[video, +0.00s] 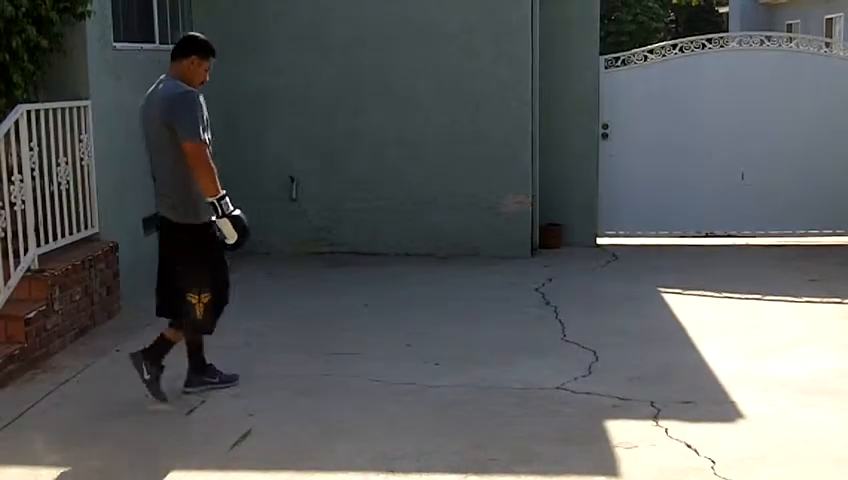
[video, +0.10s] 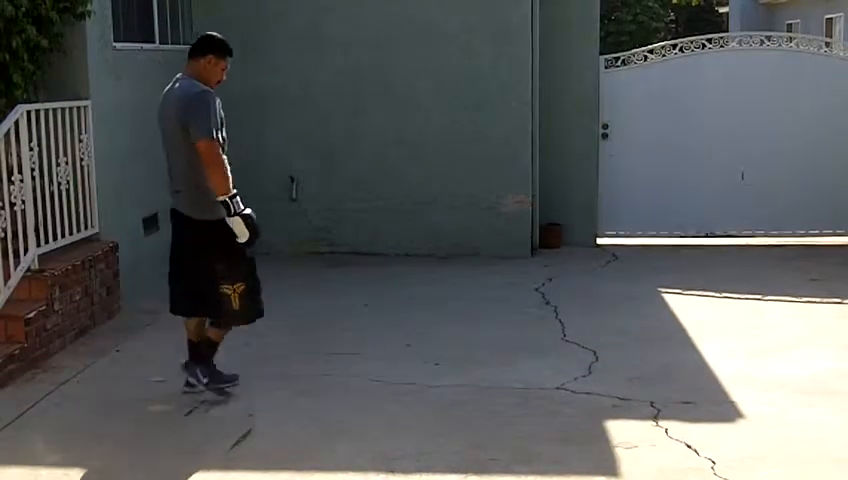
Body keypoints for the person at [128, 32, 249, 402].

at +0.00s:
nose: (208, 75)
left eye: (208, 68)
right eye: (206, 67)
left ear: (178, 62)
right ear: (190, 62)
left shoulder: (158, 95)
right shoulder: (186, 99)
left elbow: (165, 160)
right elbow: (198, 158)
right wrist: (224, 209)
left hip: (173, 215)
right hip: (192, 218)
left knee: (190, 290)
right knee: (211, 292)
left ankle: (198, 368)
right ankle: (152, 357)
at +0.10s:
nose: (224, 76)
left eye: (226, 69)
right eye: (222, 68)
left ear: (197, 62)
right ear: (206, 61)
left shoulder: (175, 93)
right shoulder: (200, 98)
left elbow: (186, 157)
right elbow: (211, 157)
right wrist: (233, 209)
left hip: (187, 214)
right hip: (210, 217)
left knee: (196, 290)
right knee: (236, 295)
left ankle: (196, 364)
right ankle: (203, 363)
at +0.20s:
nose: (241, 76)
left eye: (242, 69)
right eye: (240, 68)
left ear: (217, 61)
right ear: (223, 61)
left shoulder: (192, 92)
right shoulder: (218, 97)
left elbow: (200, 154)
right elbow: (224, 154)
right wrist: (249, 210)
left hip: (199, 214)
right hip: (228, 215)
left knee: (201, 291)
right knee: (260, 290)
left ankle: (199, 369)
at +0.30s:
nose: (259, 77)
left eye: (261, 70)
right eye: (258, 69)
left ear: (236, 63)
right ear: (243, 63)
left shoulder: (214, 93)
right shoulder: (237, 99)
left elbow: (235, 154)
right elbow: (242, 157)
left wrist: (265, 190)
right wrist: (261, 213)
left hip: (218, 214)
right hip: (242, 217)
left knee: (210, 290)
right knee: (271, 288)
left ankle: (201, 367)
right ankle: (300, 362)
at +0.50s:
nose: (301, 78)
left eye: (303, 71)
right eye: (300, 70)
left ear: (277, 62)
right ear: (285, 63)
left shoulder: (251, 91)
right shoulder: (278, 100)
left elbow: (262, 155)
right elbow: (286, 160)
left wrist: (296, 195)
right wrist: (302, 214)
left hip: (259, 212)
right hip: (285, 216)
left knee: (252, 284)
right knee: (300, 288)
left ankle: (221, 349)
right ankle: (308, 362)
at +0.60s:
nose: (319, 76)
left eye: (321, 69)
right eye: (319, 68)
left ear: (295, 60)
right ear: (303, 61)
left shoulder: (267, 91)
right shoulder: (298, 100)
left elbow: (274, 154)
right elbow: (310, 162)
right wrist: (327, 214)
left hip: (276, 209)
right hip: (300, 212)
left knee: (283, 280)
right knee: (308, 286)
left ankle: (254, 332)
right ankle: (309, 362)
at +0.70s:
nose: (333, 74)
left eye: (335, 67)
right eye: (333, 66)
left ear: (309, 59)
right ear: (318, 60)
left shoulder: (282, 89)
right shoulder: (314, 97)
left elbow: (291, 151)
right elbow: (330, 156)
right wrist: (350, 206)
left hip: (295, 202)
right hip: (314, 207)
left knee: (312, 273)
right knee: (318, 280)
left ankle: (296, 332)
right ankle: (311, 361)